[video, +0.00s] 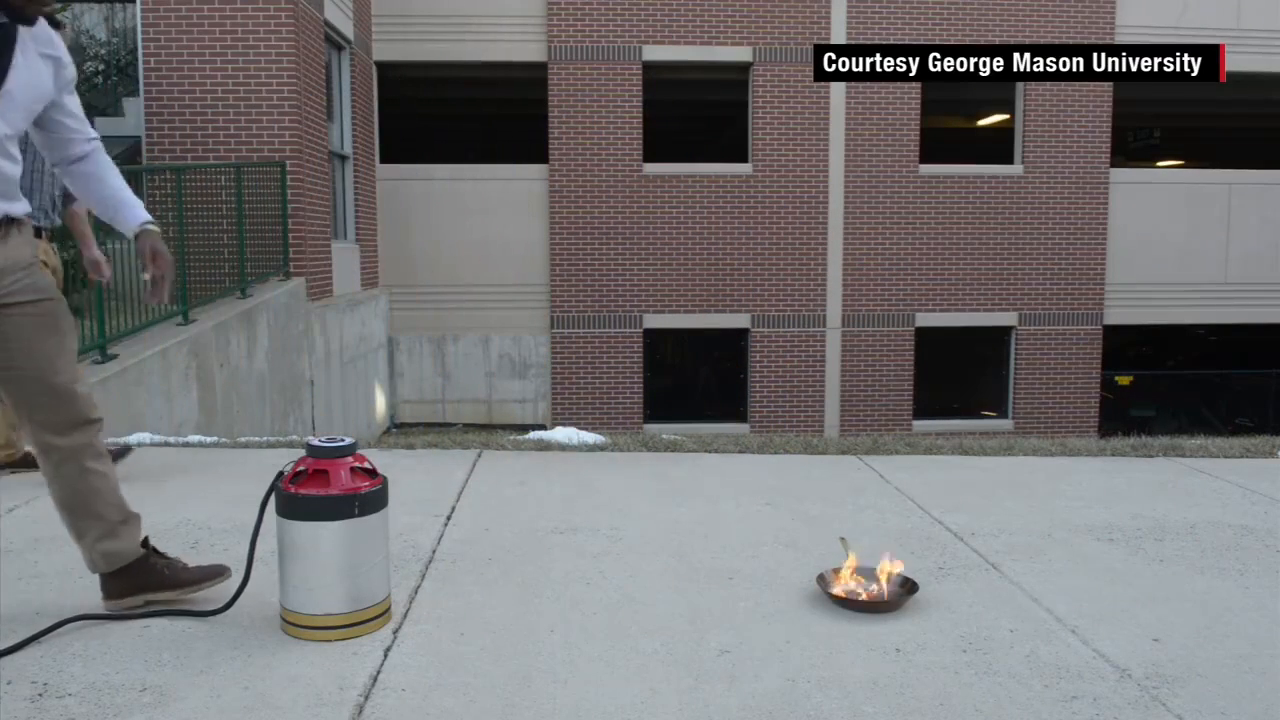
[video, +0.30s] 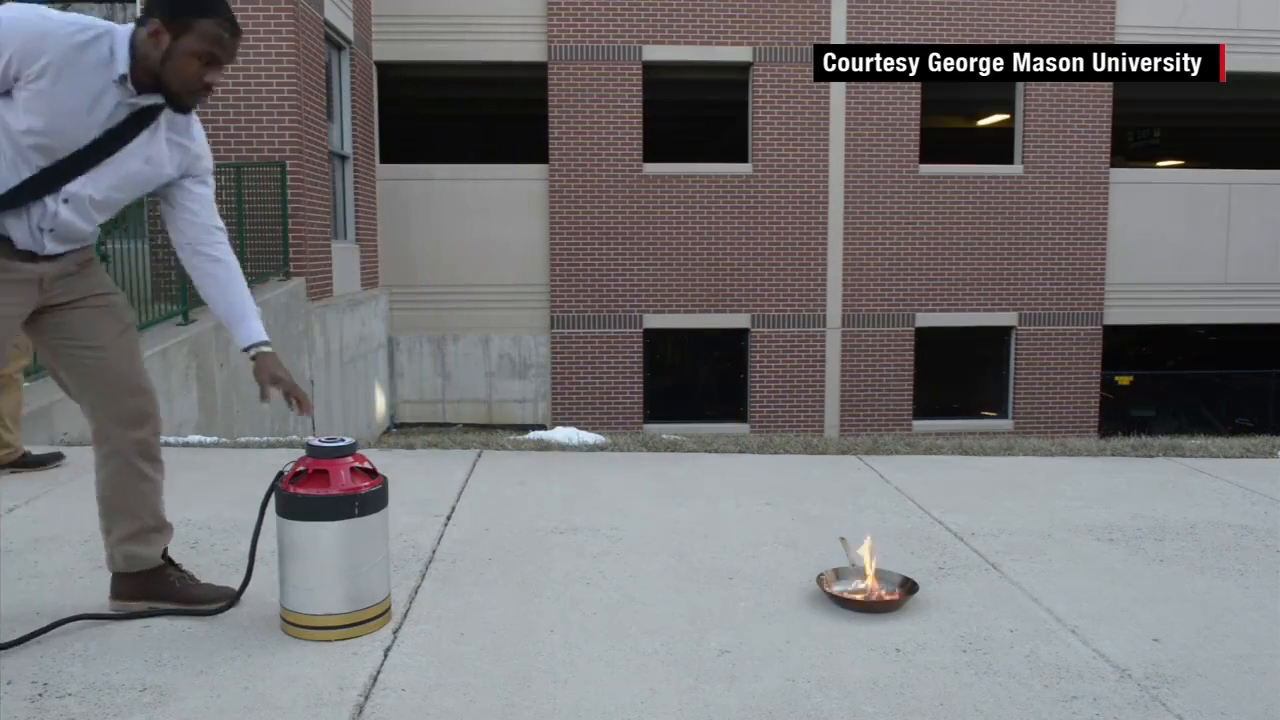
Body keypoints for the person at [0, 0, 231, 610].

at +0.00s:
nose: (55, 1)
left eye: (54, 4)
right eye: (48, 1)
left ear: (31, 3)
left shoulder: (41, 43)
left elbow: (78, 149)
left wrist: (139, 225)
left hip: (10, 243)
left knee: (61, 408)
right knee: (57, 410)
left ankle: (123, 562)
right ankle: (123, 561)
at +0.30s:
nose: (214, 80)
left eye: (222, 67)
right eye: (206, 60)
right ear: (156, 35)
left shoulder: (183, 145)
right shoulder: (43, 40)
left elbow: (206, 248)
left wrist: (260, 349)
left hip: (69, 268)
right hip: (2, 262)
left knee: (127, 405)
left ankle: (139, 568)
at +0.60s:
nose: (307, 121)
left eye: (315, 109)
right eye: (300, 101)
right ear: (253, 77)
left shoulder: (264, 189)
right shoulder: (138, 70)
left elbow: (274, 292)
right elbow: (20, 115)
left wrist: (315, 398)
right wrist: (1, 188)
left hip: (136, 278)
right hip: (46, 256)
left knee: (190, 409)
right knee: (2, 420)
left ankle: (142, 569)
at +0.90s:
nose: (344, 90)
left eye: (351, 79)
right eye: (338, 72)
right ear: (291, 53)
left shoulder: (296, 172)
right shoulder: (184, 55)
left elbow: (288, 275)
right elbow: (77, 102)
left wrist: (316, 382)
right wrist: (2, 170)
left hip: (180, 276)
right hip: (94, 246)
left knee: (206, 415)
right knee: (37, 421)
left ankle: (143, 568)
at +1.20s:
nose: (350, 35)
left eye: (356, 23)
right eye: (340, 17)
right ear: (293, 6)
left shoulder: (307, 124)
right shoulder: (205, 26)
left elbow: (291, 227)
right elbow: (97, 83)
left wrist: (342, 311)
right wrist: (43, 176)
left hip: (215, 261)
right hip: (139, 241)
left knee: (207, 415)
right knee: (127, 418)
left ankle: (147, 566)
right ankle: (87, 601)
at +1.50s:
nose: (362, 8)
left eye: (363, 1)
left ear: (342, 7)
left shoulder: (335, 82)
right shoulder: (222, 15)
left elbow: (326, 192)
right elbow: (130, 101)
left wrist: (390, 265)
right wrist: (126, 204)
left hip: (272, 257)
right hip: (214, 249)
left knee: (214, 419)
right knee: (262, 424)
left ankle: (145, 562)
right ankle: (312, 598)